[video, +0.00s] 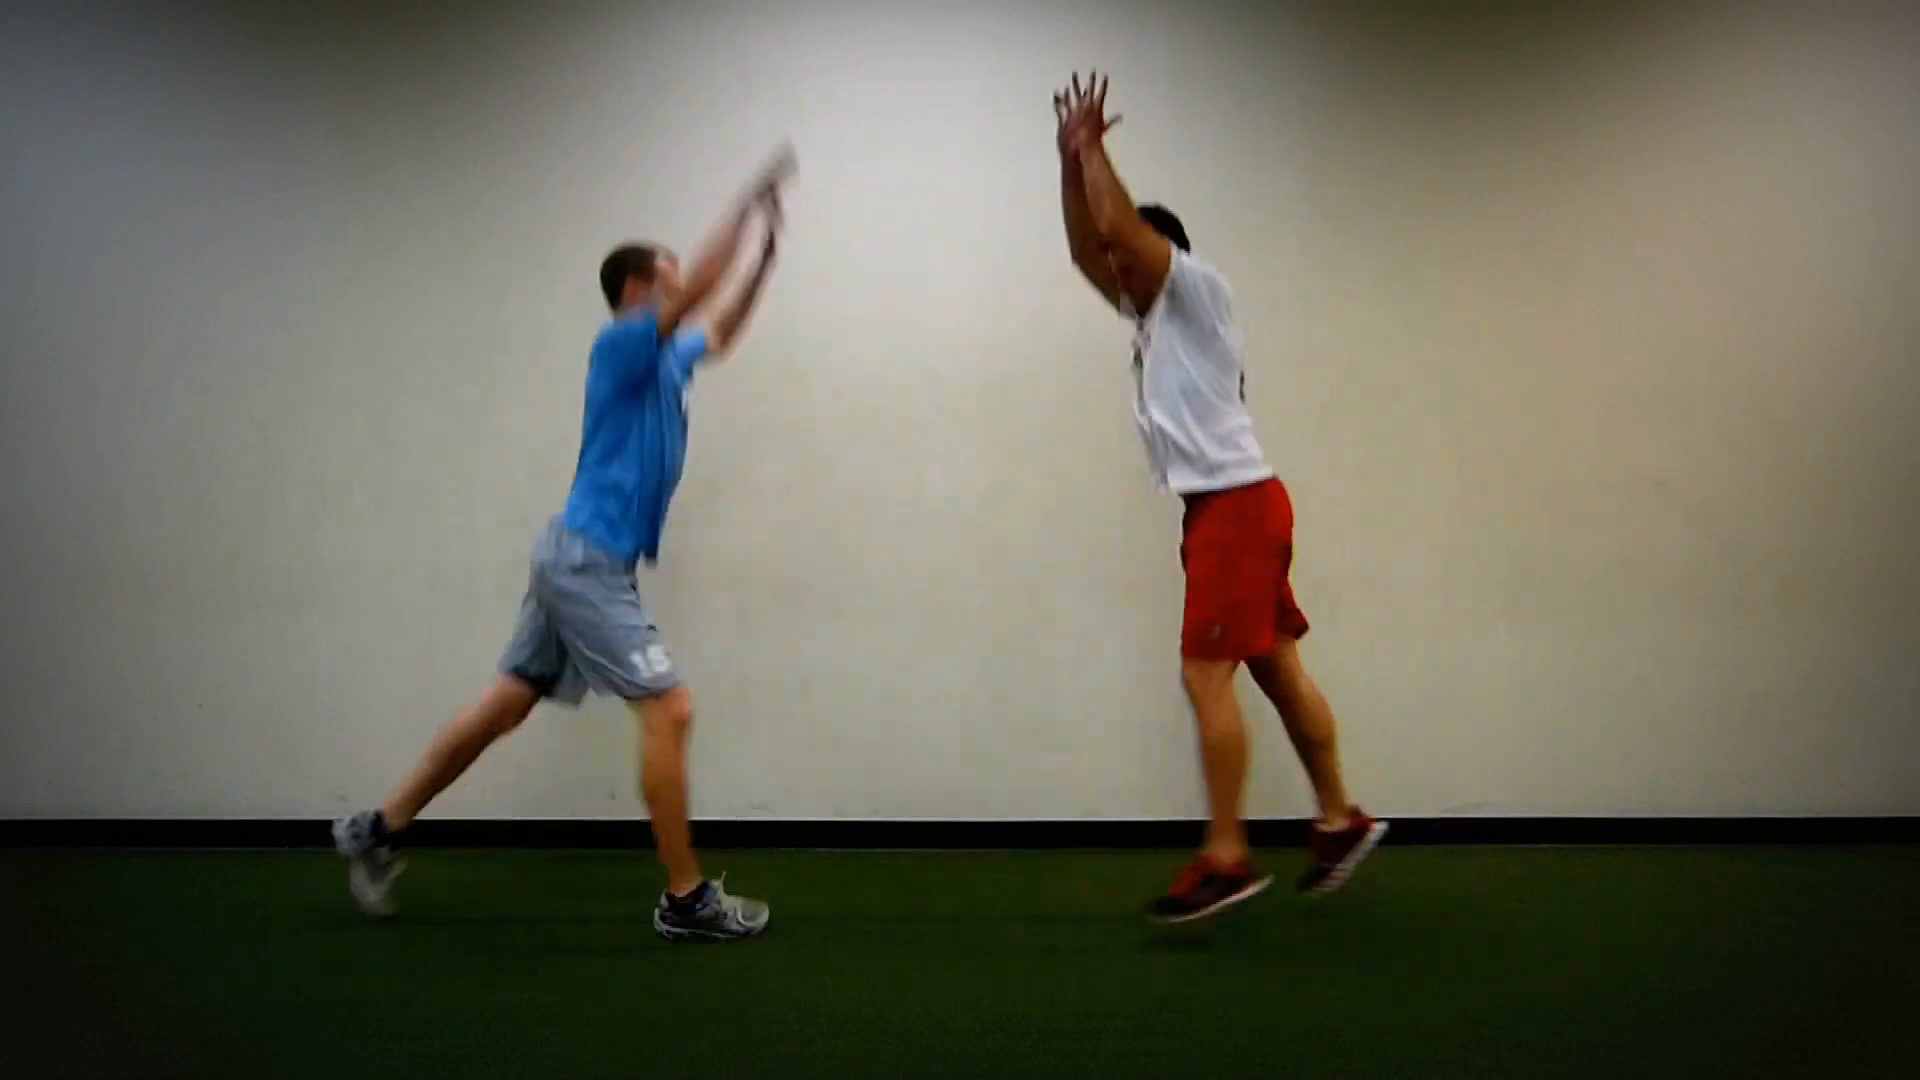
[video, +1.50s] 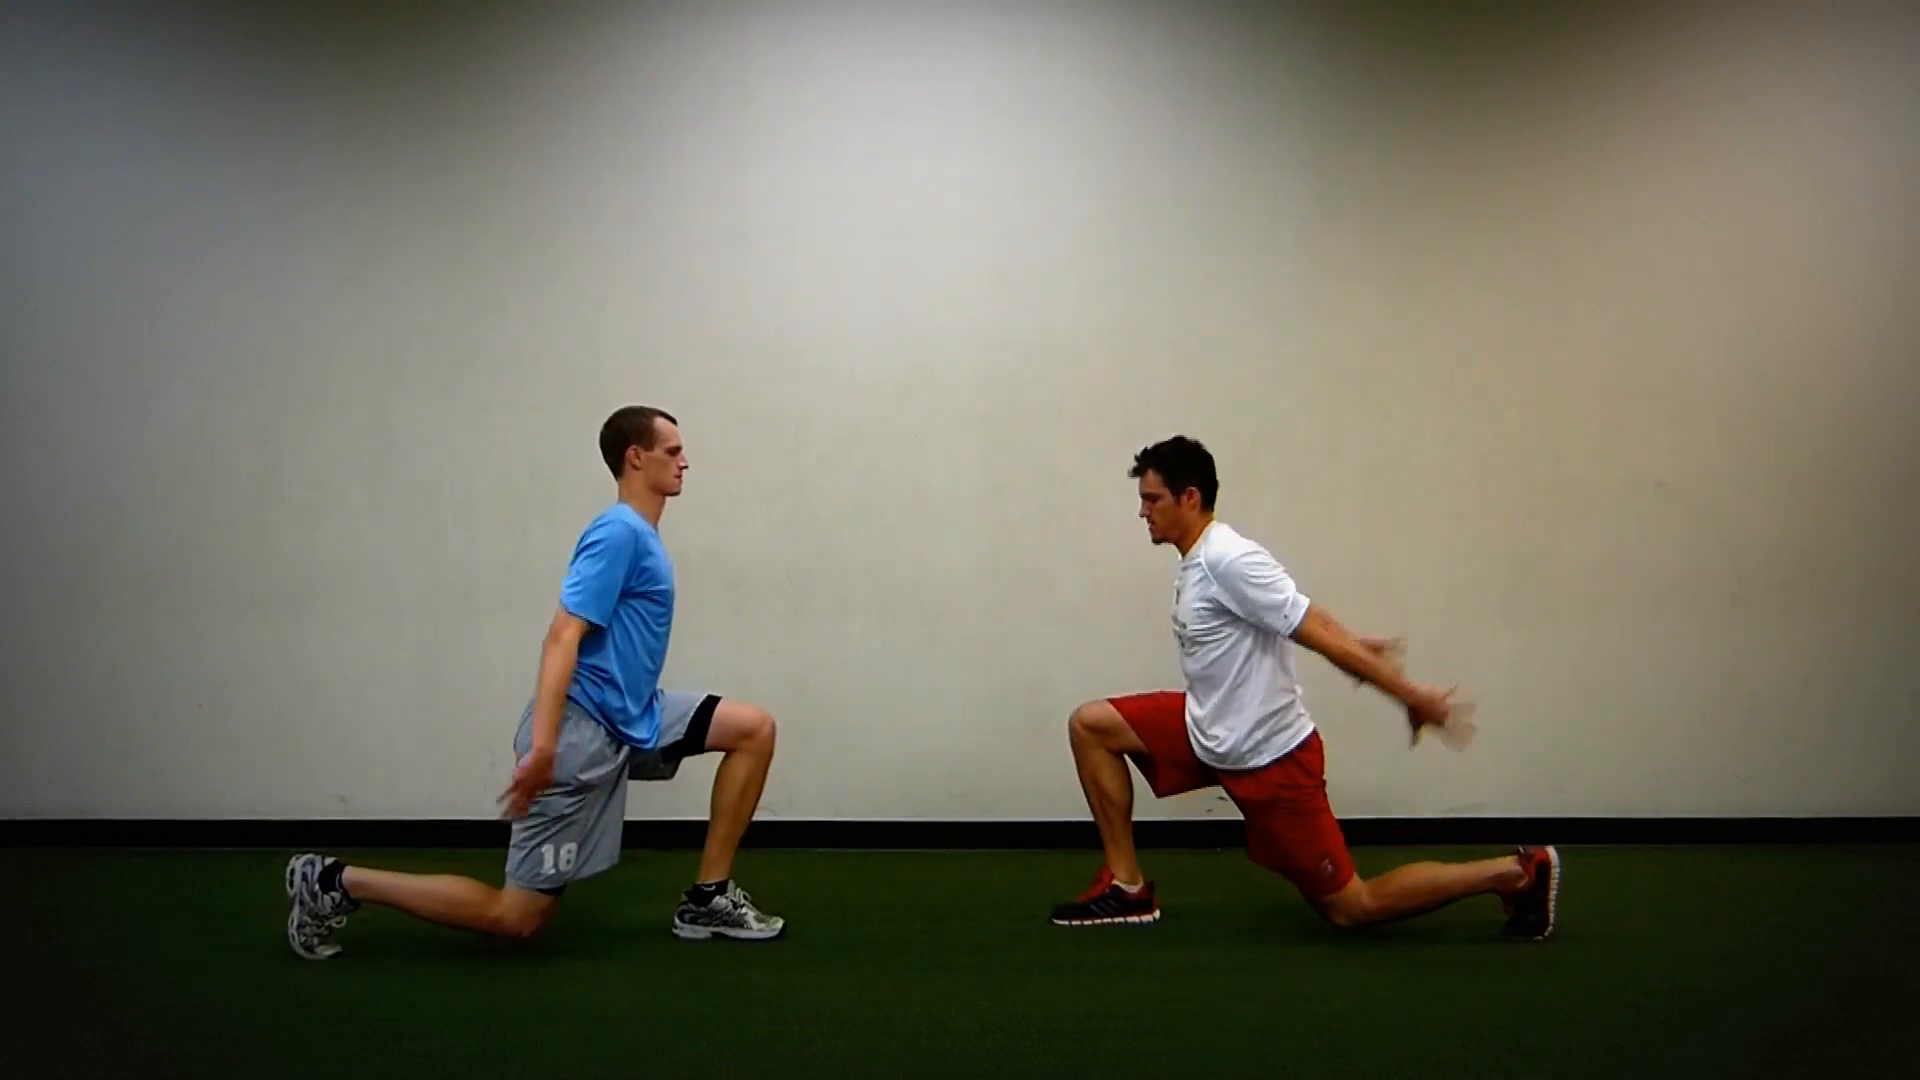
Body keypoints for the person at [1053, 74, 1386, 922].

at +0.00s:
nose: (1115, 265)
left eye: (1124, 245)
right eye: (1111, 254)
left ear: (1160, 242)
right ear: (1129, 258)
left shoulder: (1194, 294)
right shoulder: (1152, 314)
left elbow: (1120, 228)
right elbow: (1088, 258)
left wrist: (1094, 149)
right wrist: (1070, 166)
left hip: (1234, 509)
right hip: (1229, 510)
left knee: (1207, 677)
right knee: (1280, 669)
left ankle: (1226, 853)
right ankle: (1340, 817)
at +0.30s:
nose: (1120, 304)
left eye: (1129, 292)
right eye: (1118, 293)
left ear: (1164, 285)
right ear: (1144, 293)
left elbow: (1115, 312)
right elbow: (1083, 363)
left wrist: (1059, 256)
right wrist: (1042, 296)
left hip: (1257, 537)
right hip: (1195, 552)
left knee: (1336, 690)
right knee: (1143, 684)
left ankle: (1482, 787)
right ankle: (1122, 849)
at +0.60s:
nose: (1117, 503)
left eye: (1124, 490)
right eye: (1115, 491)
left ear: (1163, 487)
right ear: (1155, 487)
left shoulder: (1211, 554)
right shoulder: (1174, 554)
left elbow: (1289, 634)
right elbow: (1239, 634)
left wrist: (1356, 714)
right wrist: (1289, 691)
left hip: (1259, 733)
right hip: (1198, 716)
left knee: (1357, 877)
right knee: (1079, 731)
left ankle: (1529, 871)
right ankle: (1124, 887)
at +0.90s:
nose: (1135, 497)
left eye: (1142, 485)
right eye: (1133, 485)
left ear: (1182, 481)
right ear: (1170, 484)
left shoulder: (1225, 547)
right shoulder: (1195, 544)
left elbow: (1296, 622)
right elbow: (1264, 615)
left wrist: (1347, 720)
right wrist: (1326, 662)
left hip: (1268, 729)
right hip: (1213, 710)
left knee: (1352, 889)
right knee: (1090, 726)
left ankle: (1524, 871)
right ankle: (1125, 884)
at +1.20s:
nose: (1141, 511)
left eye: (1148, 498)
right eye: (1138, 500)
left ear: (1189, 492)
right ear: (1174, 495)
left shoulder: (1233, 556)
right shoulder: (1197, 555)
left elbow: (1310, 627)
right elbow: (1289, 615)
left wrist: (1376, 715)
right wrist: (1340, 669)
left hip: (1269, 747)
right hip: (1210, 724)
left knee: (1348, 904)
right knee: (1089, 727)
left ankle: (1519, 871)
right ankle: (1125, 885)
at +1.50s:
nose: (1143, 513)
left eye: (1151, 500)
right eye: (1141, 501)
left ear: (1192, 499)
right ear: (1182, 501)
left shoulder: (1233, 563)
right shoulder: (1199, 559)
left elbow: (1314, 630)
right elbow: (1290, 612)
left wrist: (1410, 695)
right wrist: (1351, 644)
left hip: (1270, 752)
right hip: (1211, 723)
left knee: (1349, 908)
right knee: (1091, 727)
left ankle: (1519, 872)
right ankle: (1125, 886)